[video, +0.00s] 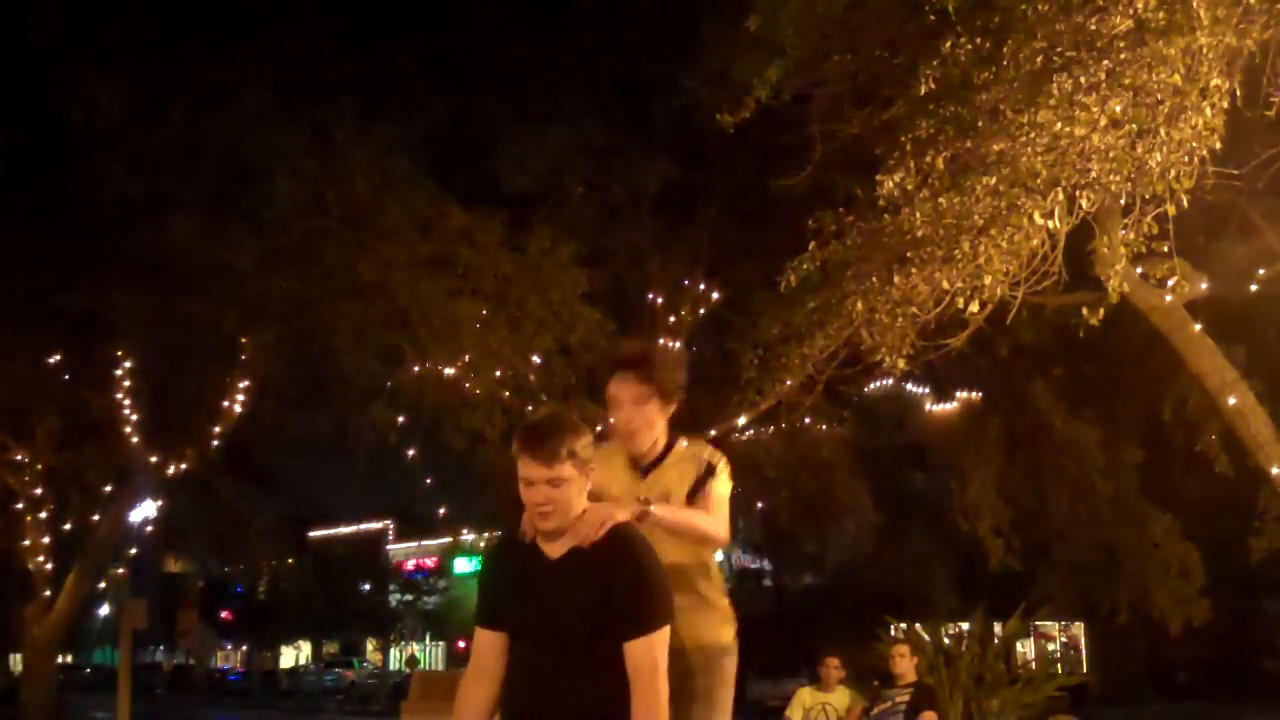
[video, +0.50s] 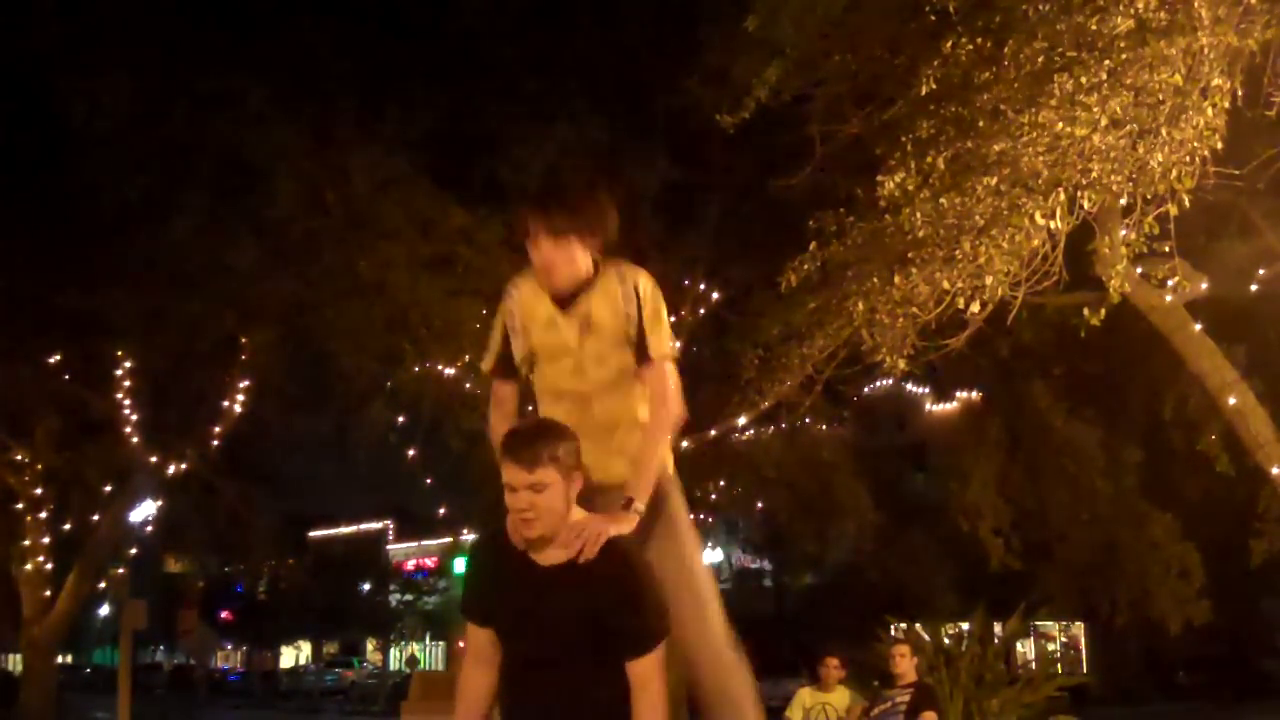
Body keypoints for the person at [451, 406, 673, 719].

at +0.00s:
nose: (539, 498)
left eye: (555, 483)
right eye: (528, 483)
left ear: (587, 476)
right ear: (517, 481)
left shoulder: (626, 552)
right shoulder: (506, 558)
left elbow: (649, 681)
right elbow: (482, 674)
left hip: (607, 711)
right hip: (523, 711)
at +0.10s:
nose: (532, 500)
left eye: (547, 485)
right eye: (521, 486)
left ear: (582, 476)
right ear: (510, 482)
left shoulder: (620, 552)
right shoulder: (502, 556)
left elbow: (652, 681)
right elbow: (483, 674)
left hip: (607, 713)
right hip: (523, 712)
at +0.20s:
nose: (530, 503)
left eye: (546, 488)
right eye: (519, 489)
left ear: (580, 479)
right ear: (509, 483)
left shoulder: (622, 553)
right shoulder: (500, 555)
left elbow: (650, 688)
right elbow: (482, 674)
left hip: (607, 711)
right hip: (522, 712)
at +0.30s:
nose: (527, 506)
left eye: (544, 492)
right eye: (517, 492)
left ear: (579, 485)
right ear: (507, 488)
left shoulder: (622, 553)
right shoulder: (498, 559)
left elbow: (648, 685)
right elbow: (482, 677)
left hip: (606, 711)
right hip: (522, 712)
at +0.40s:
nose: (523, 507)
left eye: (539, 491)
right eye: (513, 492)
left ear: (575, 482)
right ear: (503, 487)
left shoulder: (624, 556)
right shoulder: (495, 556)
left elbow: (649, 691)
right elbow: (480, 672)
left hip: (605, 713)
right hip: (521, 712)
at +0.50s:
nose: (520, 504)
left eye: (537, 489)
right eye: (510, 490)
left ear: (575, 483)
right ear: (501, 486)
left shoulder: (620, 565)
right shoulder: (492, 555)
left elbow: (648, 690)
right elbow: (479, 662)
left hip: (604, 713)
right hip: (521, 712)